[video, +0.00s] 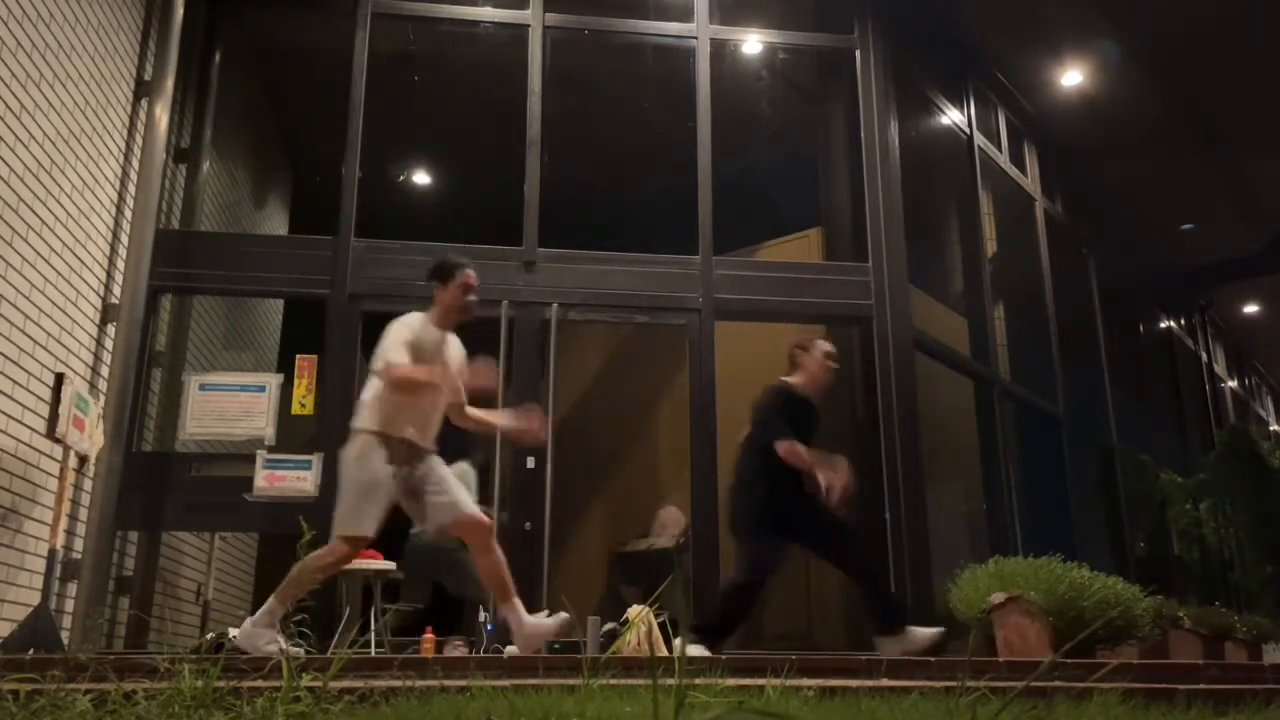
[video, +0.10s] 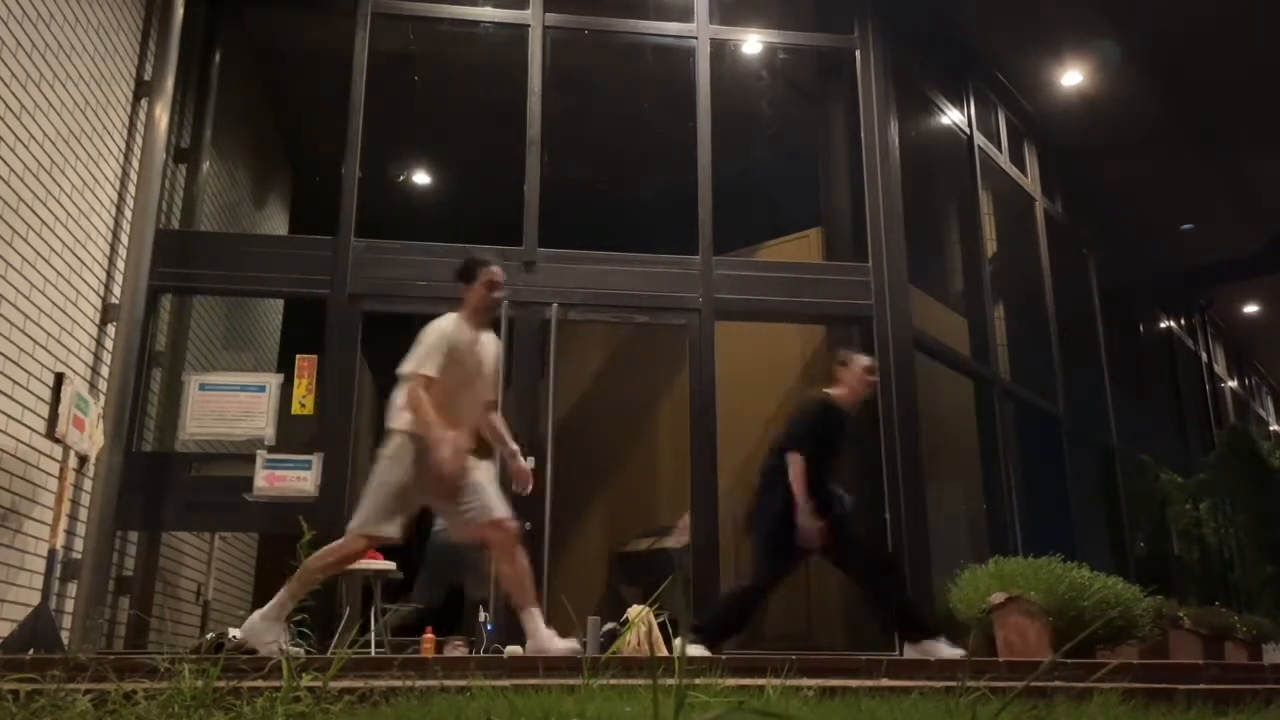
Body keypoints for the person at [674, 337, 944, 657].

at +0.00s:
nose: (834, 366)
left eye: (835, 360)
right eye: (827, 358)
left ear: (810, 363)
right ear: (802, 358)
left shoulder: (807, 407)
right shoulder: (779, 398)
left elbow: (798, 453)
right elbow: (785, 447)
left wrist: (835, 467)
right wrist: (824, 466)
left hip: (792, 504)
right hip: (761, 505)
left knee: (855, 552)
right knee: (751, 577)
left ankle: (891, 632)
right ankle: (699, 641)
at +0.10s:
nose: (871, 380)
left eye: (873, 373)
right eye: (865, 371)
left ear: (859, 377)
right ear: (841, 371)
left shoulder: (849, 417)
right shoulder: (820, 407)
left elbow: (819, 465)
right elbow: (795, 455)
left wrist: (835, 505)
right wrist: (804, 510)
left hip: (821, 508)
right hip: (785, 506)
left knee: (873, 568)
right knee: (764, 580)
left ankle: (918, 636)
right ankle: (701, 639)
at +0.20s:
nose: (912, 377)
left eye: (912, 371)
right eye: (905, 370)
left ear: (903, 380)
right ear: (881, 374)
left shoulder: (885, 419)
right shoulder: (856, 405)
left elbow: (871, 469)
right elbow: (812, 433)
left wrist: (880, 500)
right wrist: (781, 472)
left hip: (856, 507)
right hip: (813, 503)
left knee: (899, 559)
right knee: (764, 566)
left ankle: (921, 637)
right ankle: (705, 631)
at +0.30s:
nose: (931, 364)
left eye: (933, 358)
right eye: (924, 355)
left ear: (929, 368)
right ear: (902, 360)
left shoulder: (910, 413)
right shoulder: (876, 388)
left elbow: (892, 470)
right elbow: (824, 400)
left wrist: (915, 477)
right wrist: (783, 431)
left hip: (862, 494)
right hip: (821, 483)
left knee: (897, 557)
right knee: (768, 538)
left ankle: (920, 638)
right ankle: (706, 594)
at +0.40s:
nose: (933, 345)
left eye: (937, 341)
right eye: (925, 338)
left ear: (940, 354)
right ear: (905, 347)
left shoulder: (927, 407)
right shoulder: (882, 370)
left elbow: (917, 458)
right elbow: (830, 383)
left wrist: (942, 445)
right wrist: (791, 411)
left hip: (876, 488)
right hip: (837, 473)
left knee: (899, 558)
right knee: (774, 518)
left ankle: (919, 638)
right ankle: (699, 541)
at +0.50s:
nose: (929, 334)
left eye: (933, 329)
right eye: (921, 328)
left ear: (938, 341)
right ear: (905, 338)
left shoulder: (934, 386)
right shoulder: (888, 360)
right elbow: (834, 378)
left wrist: (951, 409)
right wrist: (796, 409)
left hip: (892, 478)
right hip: (851, 463)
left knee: (916, 547)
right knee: (799, 504)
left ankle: (920, 638)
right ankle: (723, 504)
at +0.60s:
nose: (922, 326)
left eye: (926, 320)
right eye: (913, 322)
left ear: (935, 327)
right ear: (900, 331)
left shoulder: (937, 369)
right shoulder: (884, 355)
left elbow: (941, 407)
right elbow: (835, 379)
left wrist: (949, 361)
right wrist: (805, 417)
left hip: (904, 473)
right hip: (859, 461)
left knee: (924, 548)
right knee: (815, 503)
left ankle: (922, 636)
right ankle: (775, 492)